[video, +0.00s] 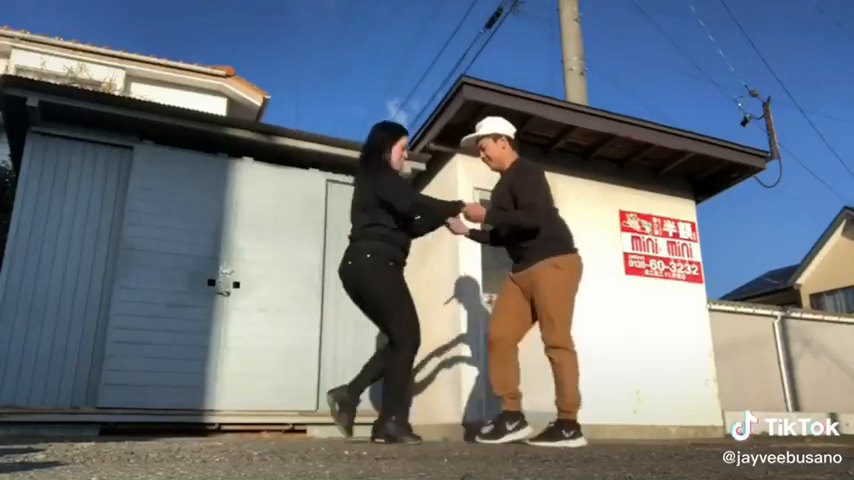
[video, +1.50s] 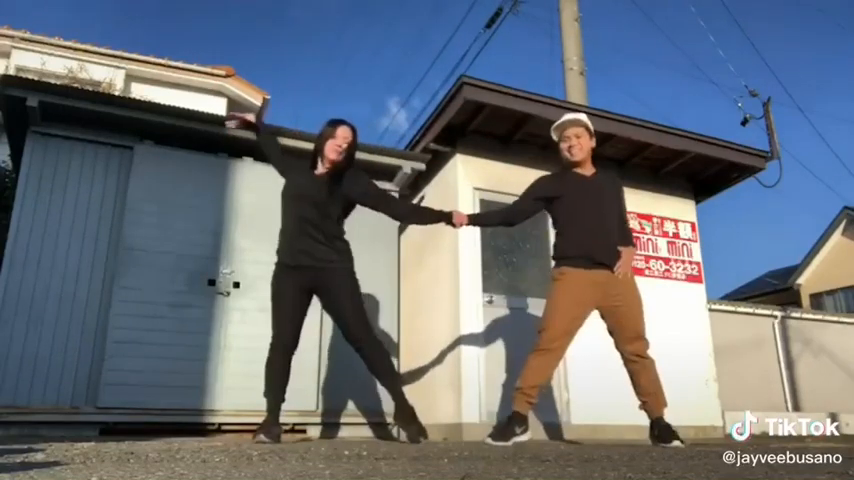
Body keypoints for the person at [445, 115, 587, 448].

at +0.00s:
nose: (482, 156)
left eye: (484, 148)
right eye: (479, 151)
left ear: (503, 141)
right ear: (495, 148)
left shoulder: (526, 171)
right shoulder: (502, 188)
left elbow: (534, 218)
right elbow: (505, 236)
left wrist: (487, 215)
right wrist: (468, 232)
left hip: (554, 265)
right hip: (523, 273)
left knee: (557, 342)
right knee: (500, 337)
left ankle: (568, 423)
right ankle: (512, 416)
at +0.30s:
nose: (517, 137)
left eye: (524, 132)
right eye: (516, 131)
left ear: (540, 137)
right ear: (521, 136)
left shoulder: (547, 162)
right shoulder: (526, 187)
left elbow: (515, 139)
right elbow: (534, 235)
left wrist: (476, 107)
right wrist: (515, 240)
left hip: (570, 264)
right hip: (563, 267)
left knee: (549, 337)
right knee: (582, 343)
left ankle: (566, 422)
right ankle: (636, 410)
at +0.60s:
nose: (513, 138)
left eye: (519, 133)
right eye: (514, 134)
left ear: (537, 139)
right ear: (529, 140)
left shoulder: (543, 159)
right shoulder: (523, 191)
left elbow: (506, 153)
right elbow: (518, 243)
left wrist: (472, 140)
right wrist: (480, 248)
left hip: (565, 262)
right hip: (545, 270)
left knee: (547, 343)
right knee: (531, 346)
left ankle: (545, 423)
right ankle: (601, 396)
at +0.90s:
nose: (512, 149)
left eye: (517, 141)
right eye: (511, 143)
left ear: (534, 139)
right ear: (513, 147)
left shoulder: (552, 165)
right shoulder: (511, 188)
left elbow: (554, 135)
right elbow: (502, 235)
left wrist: (508, 138)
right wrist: (464, 226)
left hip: (544, 267)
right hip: (512, 269)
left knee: (527, 341)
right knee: (490, 331)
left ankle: (543, 422)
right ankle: (503, 415)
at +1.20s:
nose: (523, 147)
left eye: (529, 141)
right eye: (522, 143)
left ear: (549, 144)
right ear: (523, 150)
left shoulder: (573, 179)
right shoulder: (515, 194)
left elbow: (596, 222)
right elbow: (492, 230)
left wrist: (565, 234)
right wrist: (459, 219)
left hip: (567, 278)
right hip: (525, 280)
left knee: (579, 340)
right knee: (508, 345)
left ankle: (616, 399)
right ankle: (514, 424)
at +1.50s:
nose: (572, 144)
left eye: (578, 137)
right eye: (565, 140)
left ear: (592, 140)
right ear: (560, 147)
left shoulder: (611, 182)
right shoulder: (551, 184)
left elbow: (621, 221)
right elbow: (513, 214)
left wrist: (628, 247)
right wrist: (468, 219)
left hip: (617, 279)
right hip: (573, 278)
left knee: (636, 349)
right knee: (549, 345)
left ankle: (659, 423)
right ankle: (518, 418)